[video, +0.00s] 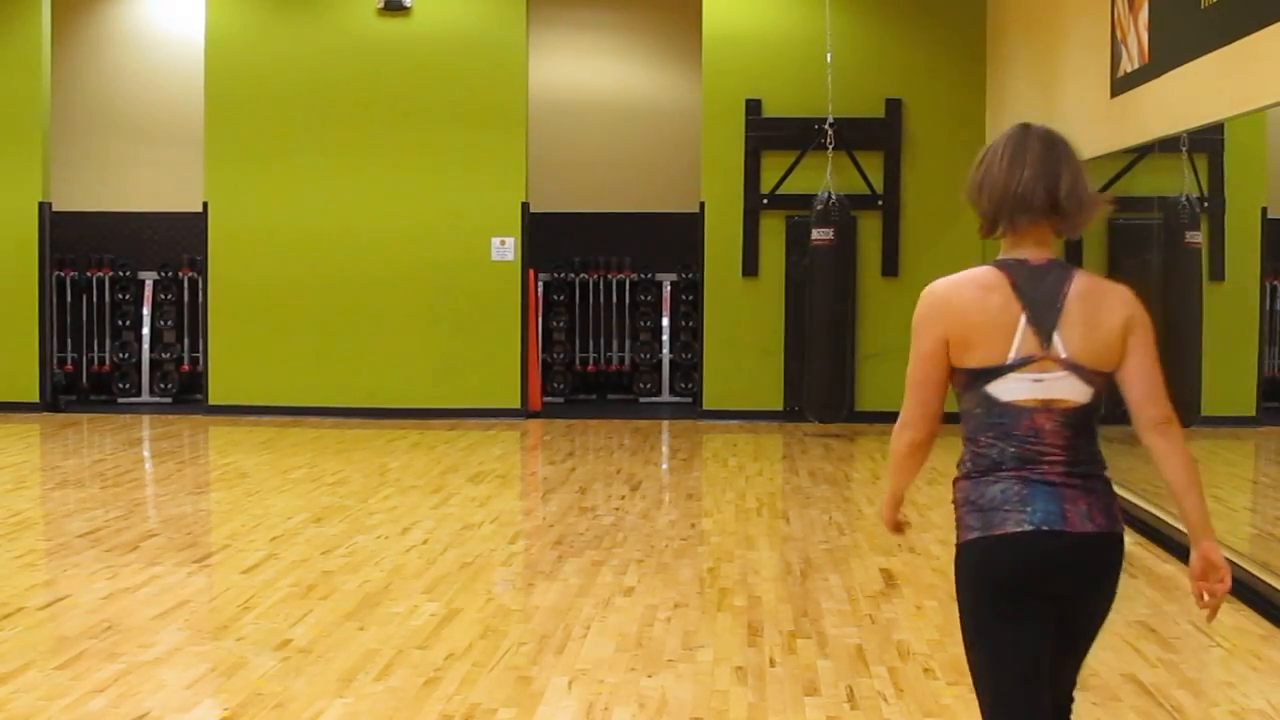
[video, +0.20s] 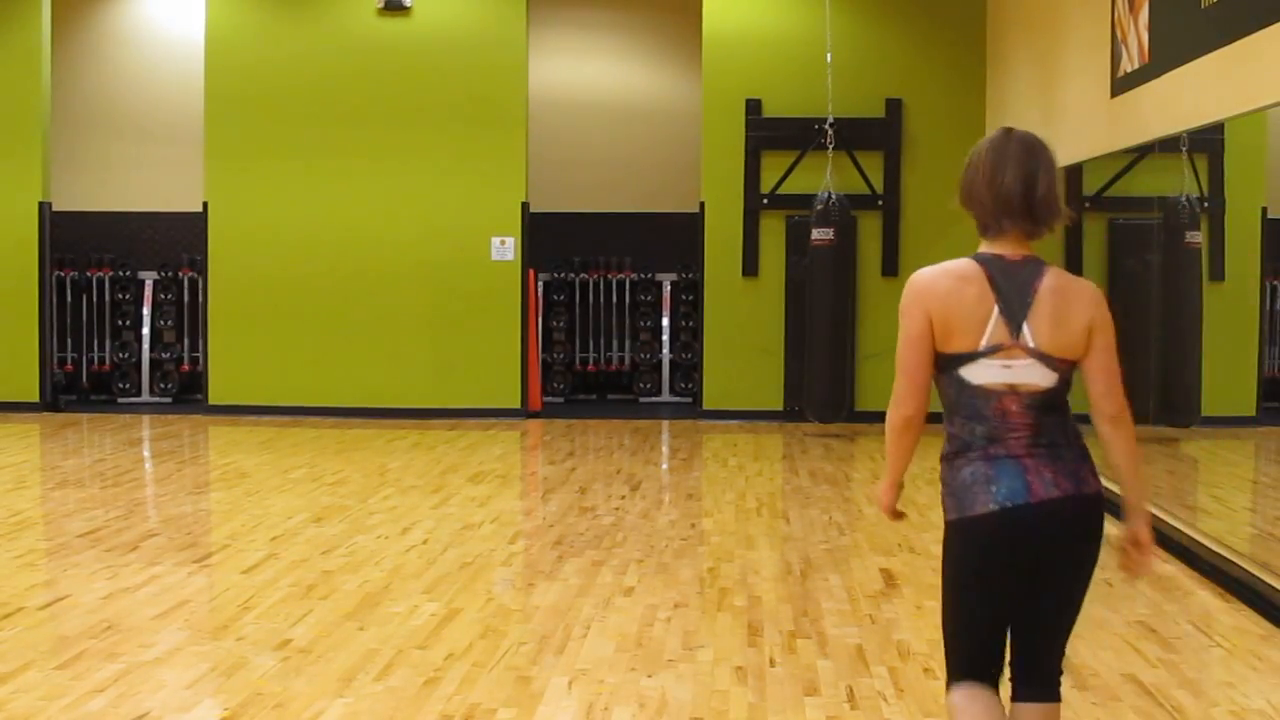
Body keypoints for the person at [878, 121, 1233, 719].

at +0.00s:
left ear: (986, 197)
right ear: (1074, 199)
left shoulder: (947, 299)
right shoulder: (1117, 304)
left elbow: (917, 428)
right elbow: (1159, 427)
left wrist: (893, 496)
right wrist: (1202, 537)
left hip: (996, 540)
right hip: (1091, 541)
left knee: (1012, 708)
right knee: (1053, 703)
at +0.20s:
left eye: (979, 185)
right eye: (1042, 187)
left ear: (974, 195)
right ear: (1048, 199)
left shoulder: (931, 289)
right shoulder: (1082, 298)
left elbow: (909, 408)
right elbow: (1112, 415)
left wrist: (891, 481)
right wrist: (1137, 511)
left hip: (982, 518)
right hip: (1071, 511)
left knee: (971, 672)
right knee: (1039, 672)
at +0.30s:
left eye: (965, 181)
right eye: (1024, 182)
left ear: (961, 191)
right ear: (1035, 191)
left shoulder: (926, 280)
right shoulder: (1073, 285)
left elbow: (907, 398)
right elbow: (1089, 403)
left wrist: (900, 485)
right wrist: (1085, 481)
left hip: (964, 494)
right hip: (1054, 492)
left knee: (960, 636)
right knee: (1028, 659)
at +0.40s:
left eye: (956, 191)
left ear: (952, 199)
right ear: (1023, 198)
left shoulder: (923, 287)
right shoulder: (1064, 284)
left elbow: (911, 397)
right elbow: (1071, 393)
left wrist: (904, 494)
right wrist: (1050, 437)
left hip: (949, 493)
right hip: (1033, 494)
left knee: (942, 634)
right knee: (1009, 654)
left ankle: (940, 719)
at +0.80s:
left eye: (910, 198)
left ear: (909, 206)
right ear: (970, 205)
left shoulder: (890, 286)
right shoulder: (992, 279)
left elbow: (870, 383)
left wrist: (844, 453)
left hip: (920, 455)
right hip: (986, 451)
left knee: (923, 592)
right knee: (966, 577)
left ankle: (937, 709)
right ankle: (965, 695)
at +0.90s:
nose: (970, 211)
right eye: (966, 202)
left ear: (899, 210)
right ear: (961, 210)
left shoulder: (877, 290)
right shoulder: (978, 284)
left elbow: (854, 376)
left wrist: (828, 442)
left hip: (901, 459)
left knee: (923, 599)